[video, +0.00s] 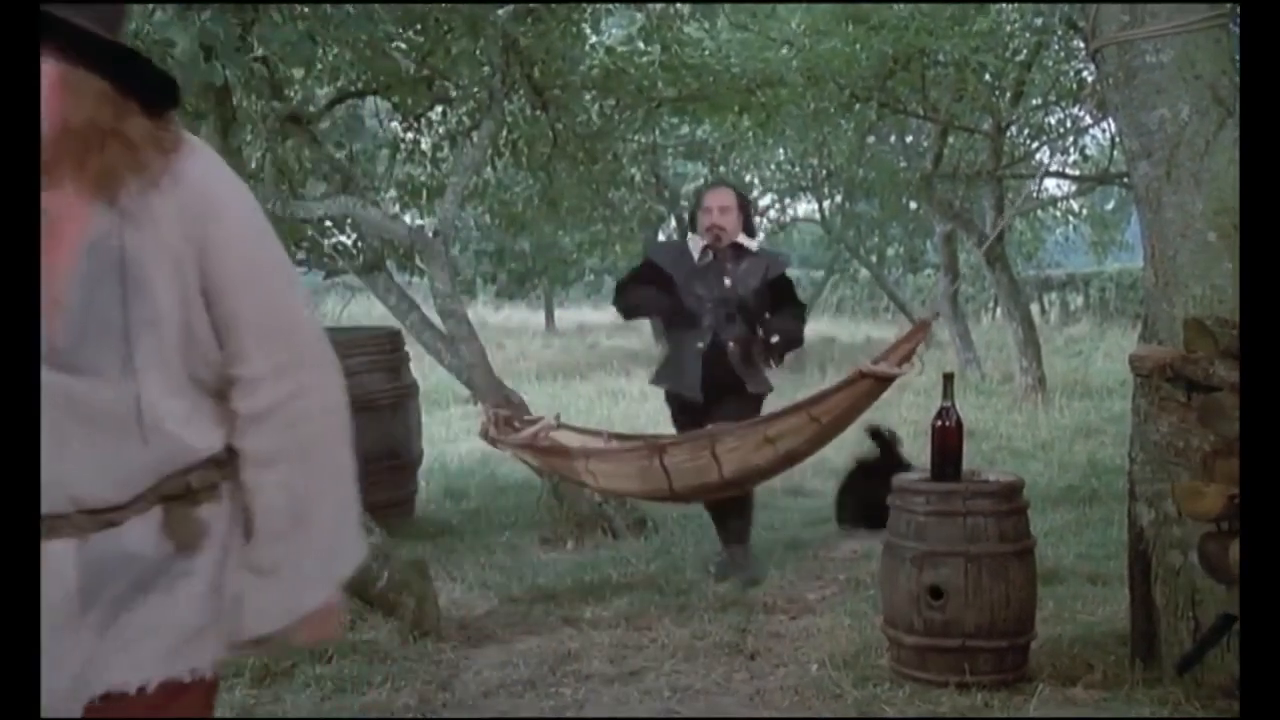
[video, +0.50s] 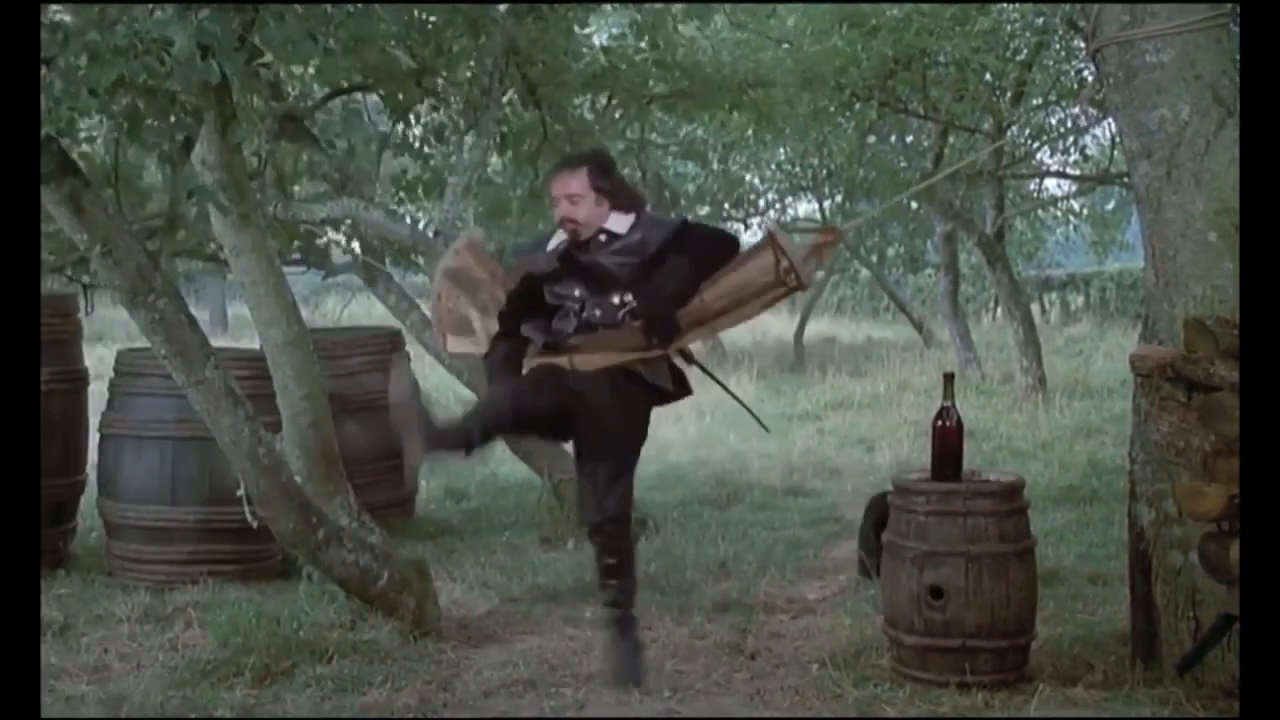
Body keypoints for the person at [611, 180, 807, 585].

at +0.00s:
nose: (716, 218)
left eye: (725, 210)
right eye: (708, 211)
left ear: (743, 218)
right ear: (696, 218)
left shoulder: (762, 266)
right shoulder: (672, 258)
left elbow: (792, 319)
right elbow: (626, 296)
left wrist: (776, 336)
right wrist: (673, 308)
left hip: (742, 378)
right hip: (687, 379)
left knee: (734, 461)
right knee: (702, 466)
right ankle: (733, 548)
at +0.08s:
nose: (688, 227)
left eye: (699, 218)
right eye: (680, 218)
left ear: (718, 226)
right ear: (668, 227)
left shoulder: (742, 279)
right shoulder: (643, 273)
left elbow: (772, 335)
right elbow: (604, 326)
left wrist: (761, 364)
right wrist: (613, 326)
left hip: (718, 404)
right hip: (659, 404)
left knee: (707, 511)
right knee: (665, 516)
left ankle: (704, 598)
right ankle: (701, 513)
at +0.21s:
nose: (636, 225)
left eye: (647, 215)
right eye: (627, 217)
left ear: (670, 223)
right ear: (616, 226)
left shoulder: (701, 280)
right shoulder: (590, 278)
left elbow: (746, 332)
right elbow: (565, 348)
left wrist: (713, 356)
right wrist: (551, 396)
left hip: (673, 420)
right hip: (606, 422)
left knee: (668, 521)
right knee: (591, 528)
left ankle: (684, 585)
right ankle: (580, 632)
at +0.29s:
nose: (616, 224)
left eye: (629, 216)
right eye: (608, 216)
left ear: (654, 227)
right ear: (598, 227)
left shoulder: (679, 284)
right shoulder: (568, 281)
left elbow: (724, 329)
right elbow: (526, 350)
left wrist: (671, 345)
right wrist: (540, 401)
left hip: (641, 424)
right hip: (574, 424)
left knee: (631, 520)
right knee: (563, 531)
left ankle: (637, 609)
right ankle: (580, 628)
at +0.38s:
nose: (574, 210)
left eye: (585, 200)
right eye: (567, 200)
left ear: (615, 203)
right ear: (560, 206)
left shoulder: (656, 251)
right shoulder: (546, 260)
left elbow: (721, 281)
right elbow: (509, 321)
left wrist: (657, 316)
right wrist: (495, 382)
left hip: (615, 393)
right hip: (553, 392)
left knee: (583, 517)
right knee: (526, 511)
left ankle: (571, 644)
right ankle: (546, 623)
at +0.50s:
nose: (562, 212)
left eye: (572, 201)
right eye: (556, 202)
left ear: (605, 198)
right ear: (554, 205)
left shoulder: (653, 235)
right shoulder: (548, 266)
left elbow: (724, 244)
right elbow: (508, 331)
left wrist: (667, 290)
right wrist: (502, 396)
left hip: (618, 388)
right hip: (556, 386)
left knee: (607, 516)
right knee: (512, 398)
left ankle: (622, 629)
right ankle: (450, 435)